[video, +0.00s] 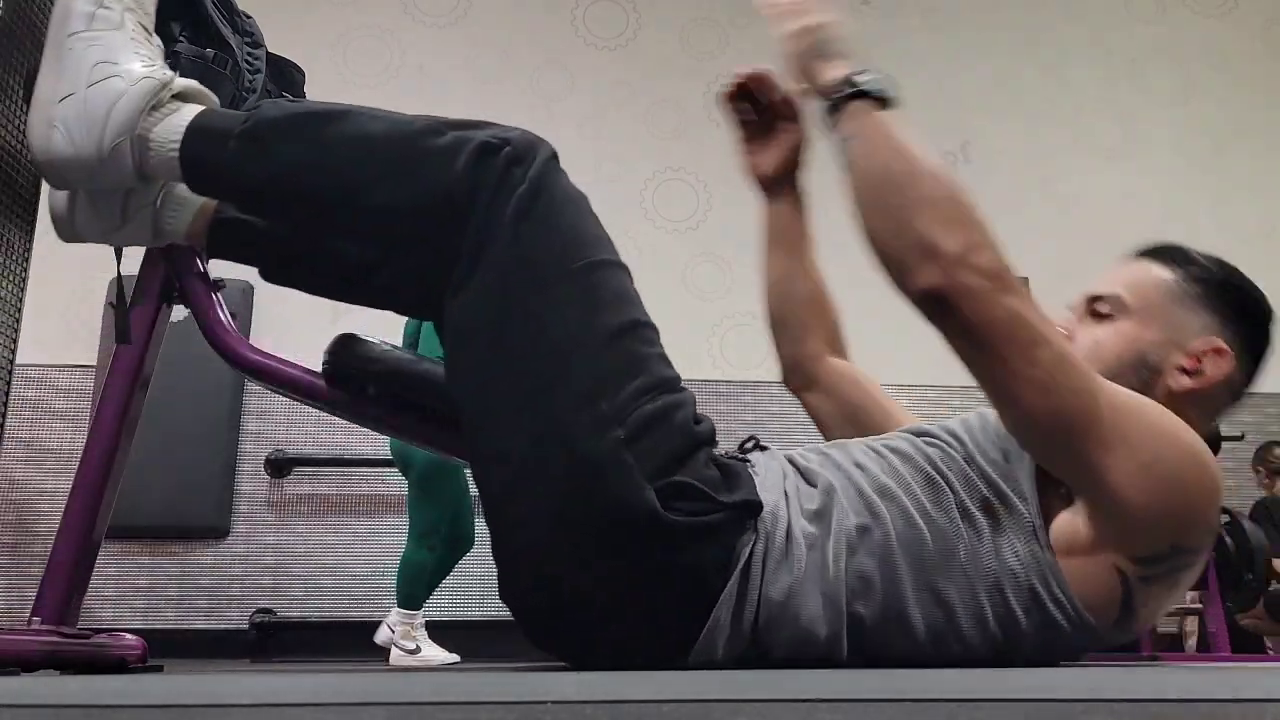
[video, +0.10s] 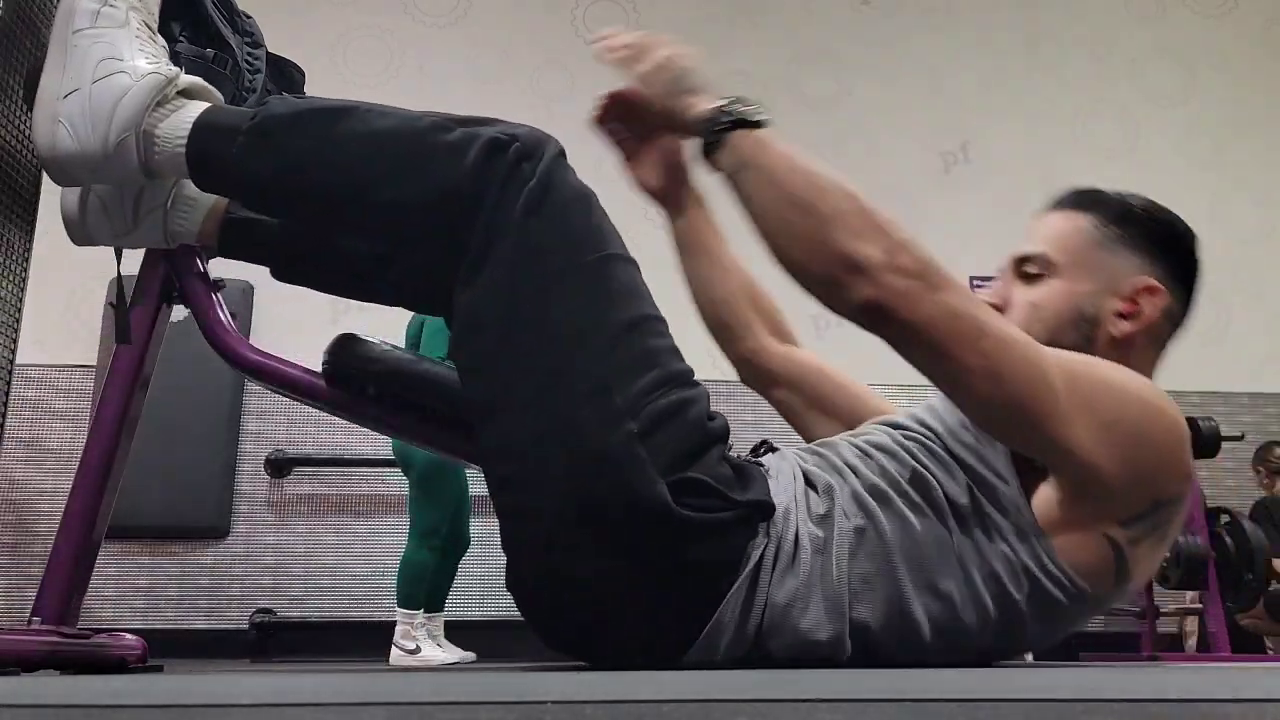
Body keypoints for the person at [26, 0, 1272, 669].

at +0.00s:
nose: (1067, 328)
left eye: (1111, 318)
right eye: (1081, 308)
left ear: (1204, 371)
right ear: (1157, 369)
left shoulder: (1173, 482)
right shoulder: (1028, 472)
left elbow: (968, 286)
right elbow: (827, 373)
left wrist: (849, 96)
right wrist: (780, 190)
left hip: (681, 562)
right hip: (664, 534)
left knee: (514, 187)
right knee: (508, 209)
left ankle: (144, 142)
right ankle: (176, 191)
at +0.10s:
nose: (992, 297)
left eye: (1032, 276)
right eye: (1003, 276)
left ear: (1135, 313)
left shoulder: (1137, 440)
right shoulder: (983, 456)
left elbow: (890, 282)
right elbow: (773, 348)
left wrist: (719, 120)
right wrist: (675, 187)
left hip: (689, 552)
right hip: (644, 559)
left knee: (514, 176)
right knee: (503, 217)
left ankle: (161, 130)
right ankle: (179, 210)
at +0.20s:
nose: (941, 269)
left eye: (974, 244)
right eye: (946, 247)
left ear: (1077, 270)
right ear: (979, 277)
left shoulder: (1103, 391)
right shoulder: (954, 421)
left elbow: (824, 272)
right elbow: (719, 336)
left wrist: (616, 129)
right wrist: (593, 166)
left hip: (698, 560)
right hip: (659, 553)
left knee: (521, 175)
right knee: (511, 205)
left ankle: (152, 120)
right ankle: (184, 215)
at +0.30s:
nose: (891, 240)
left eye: (920, 215)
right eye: (895, 218)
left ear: (1024, 226)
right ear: (949, 233)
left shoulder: (1062, 336)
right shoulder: (937, 393)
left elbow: (766, 250)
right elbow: (692, 342)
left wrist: (537, 128)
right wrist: (539, 169)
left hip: (688, 566)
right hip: (651, 563)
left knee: (522, 194)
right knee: (518, 206)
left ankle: (150, 119)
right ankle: (198, 224)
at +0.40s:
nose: (842, 216)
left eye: (871, 188)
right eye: (844, 195)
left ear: (974, 183)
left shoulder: (1020, 294)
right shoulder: (881, 357)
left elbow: (716, 229)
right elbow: (668, 338)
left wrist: (486, 125)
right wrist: (539, 175)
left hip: (691, 574)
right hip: (649, 577)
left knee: (550, 231)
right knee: (545, 240)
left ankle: (163, 121)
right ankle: (197, 228)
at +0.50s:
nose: (806, 202)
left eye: (830, 170)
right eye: (809, 178)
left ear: (930, 163)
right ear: (916, 172)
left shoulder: (987, 268)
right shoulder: (870, 335)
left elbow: (688, 215)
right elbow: (654, 338)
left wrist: (451, 115)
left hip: (672, 583)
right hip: (649, 566)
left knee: (553, 233)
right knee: (551, 231)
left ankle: (184, 135)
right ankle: (224, 228)